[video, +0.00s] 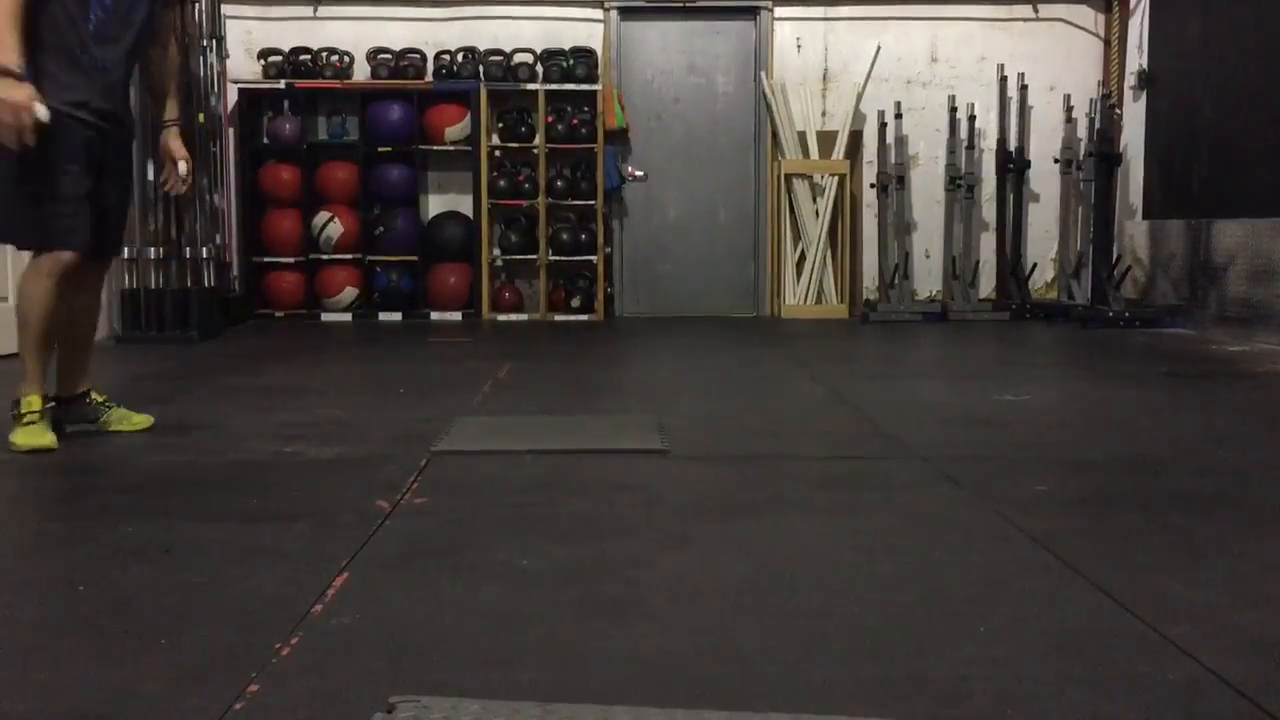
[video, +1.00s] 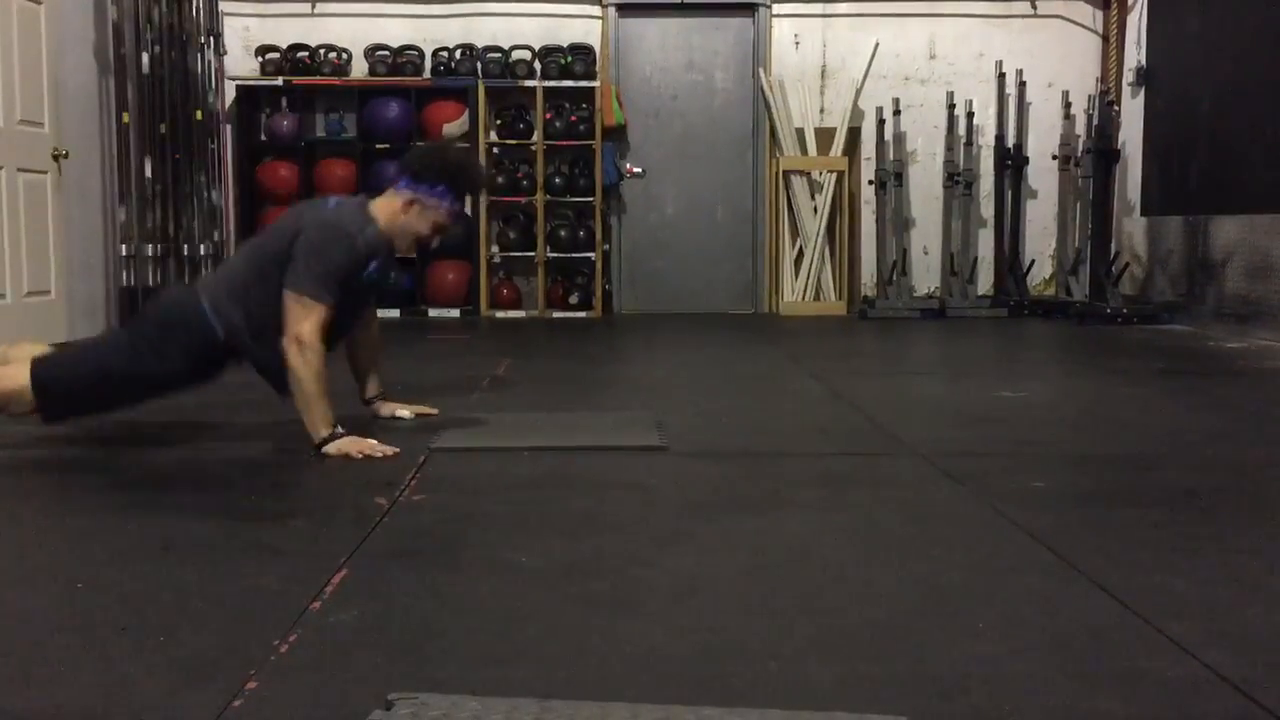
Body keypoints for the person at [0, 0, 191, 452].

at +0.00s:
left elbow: (163, 39)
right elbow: (13, 7)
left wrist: (170, 125)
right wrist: (11, 75)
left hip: (112, 114)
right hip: (50, 106)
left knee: (94, 259)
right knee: (58, 251)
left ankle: (73, 398)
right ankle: (32, 403)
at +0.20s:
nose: (249, 6)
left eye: (252, 4)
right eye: (247, 1)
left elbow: (180, 116)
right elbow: (77, 69)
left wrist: (164, 199)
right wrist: (79, 185)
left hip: (84, 110)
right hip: (25, 103)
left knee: (124, 252)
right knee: (90, 240)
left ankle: (76, 393)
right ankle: (33, 390)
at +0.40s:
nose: (299, 152)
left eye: (307, 144)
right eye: (301, 139)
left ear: (279, 110)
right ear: (277, 109)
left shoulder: (236, 149)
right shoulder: (201, 128)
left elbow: (240, 246)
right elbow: (173, 250)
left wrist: (256, 334)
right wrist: (195, 363)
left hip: (84, 180)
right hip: (36, 175)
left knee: (171, 297)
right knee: (140, 291)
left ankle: (80, 396)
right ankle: (34, 418)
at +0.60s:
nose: (329, 272)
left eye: (337, 267)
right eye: (334, 262)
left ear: (321, 220)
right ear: (318, 232)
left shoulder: (292, 210)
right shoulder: (257, 221)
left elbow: (329, 309)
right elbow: (283, 334)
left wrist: (380, 381)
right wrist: (332, 428)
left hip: (108, 110)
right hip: (76, 112)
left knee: (139, 266)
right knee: (119, 268)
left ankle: (74, 381)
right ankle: (19, 407)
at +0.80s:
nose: (422, 281)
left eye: (432, 275)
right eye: (430, 269)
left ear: (415, 232)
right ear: (412, 235)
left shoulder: (369, 232)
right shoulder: (338, 225)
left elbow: (368, 315)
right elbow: (306, 335)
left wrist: (376, 396)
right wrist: (328, 437)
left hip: (174, 194)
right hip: (161, 193)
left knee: (51, 312)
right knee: (65, 344)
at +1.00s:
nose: (437, 233)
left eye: (444, 224)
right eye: (437, 219)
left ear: (415, 201)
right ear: (408, 198)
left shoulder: (372, 242)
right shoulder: (337, 232)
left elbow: (361, 322)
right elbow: (300, 339)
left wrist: (374, 396)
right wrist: (328, 437)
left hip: (211, 328)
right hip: (194, 327)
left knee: (45, 377)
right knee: (33, 387)